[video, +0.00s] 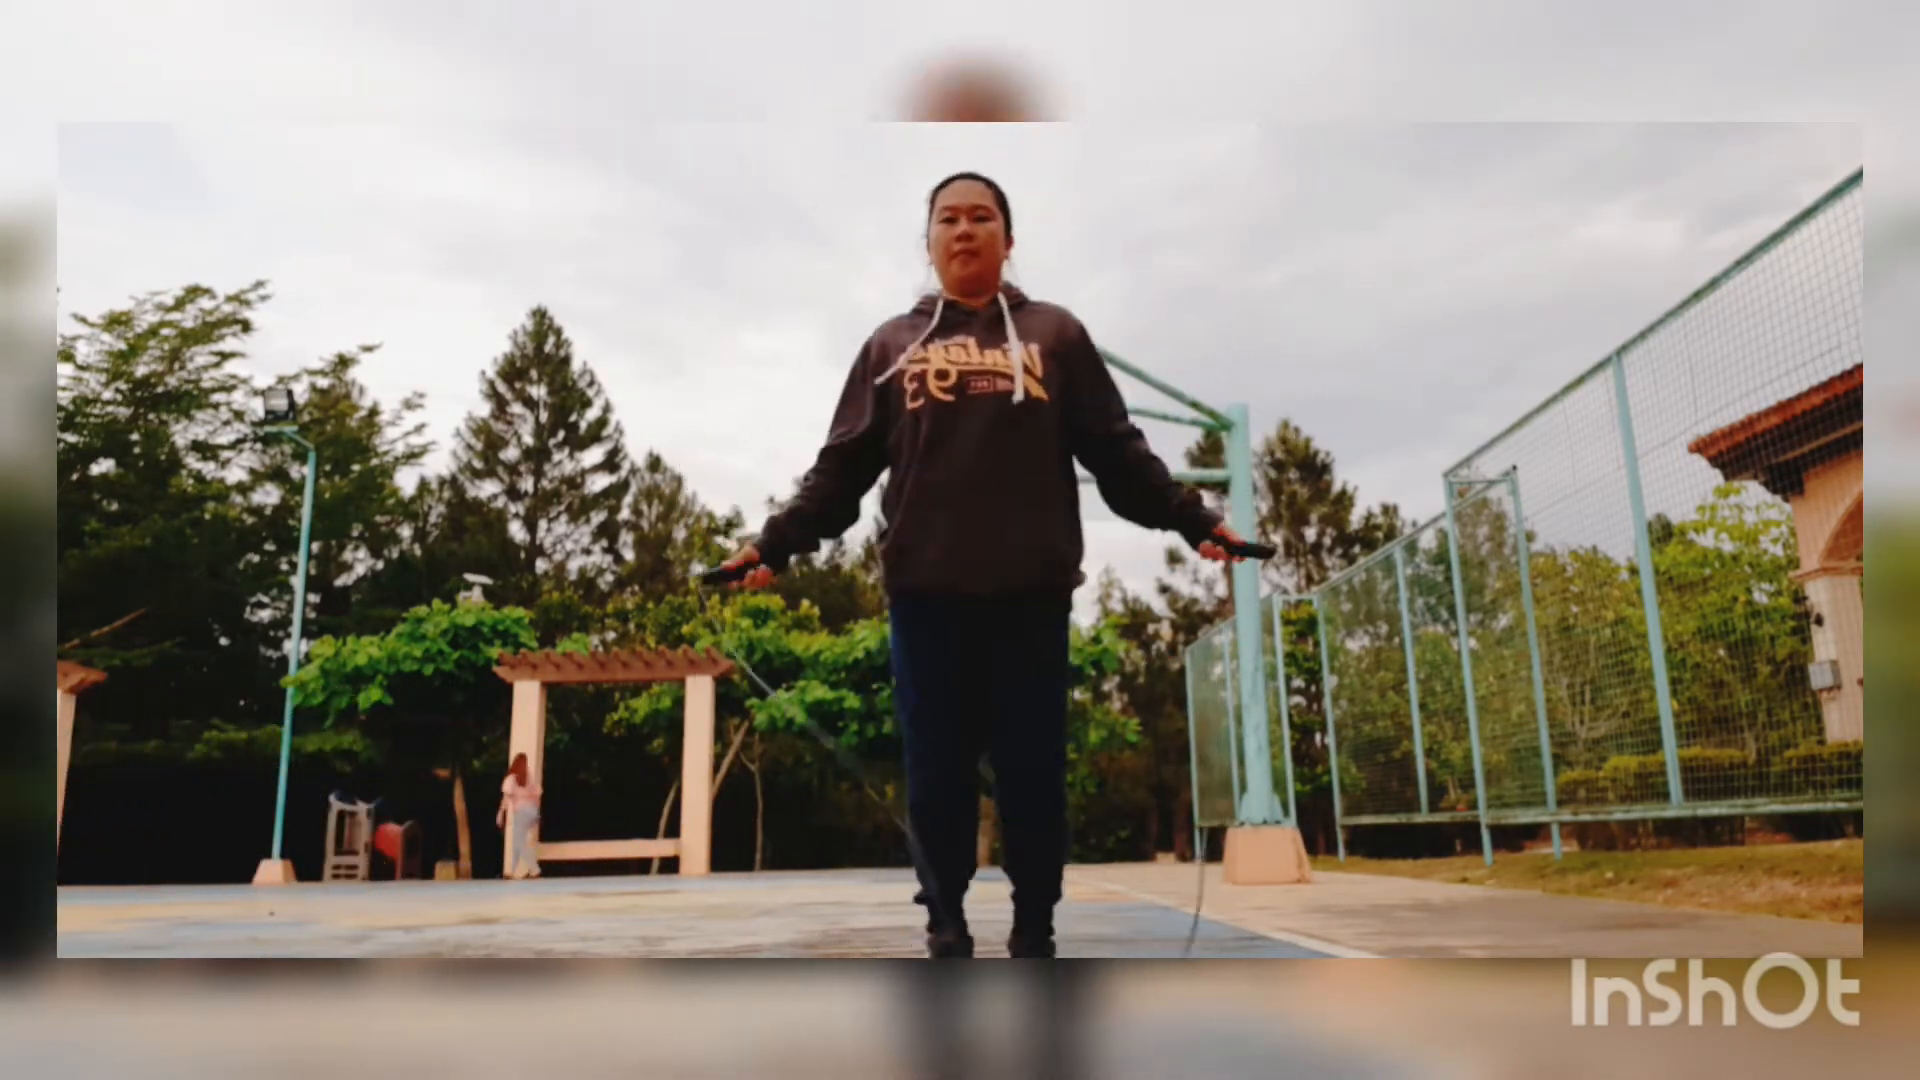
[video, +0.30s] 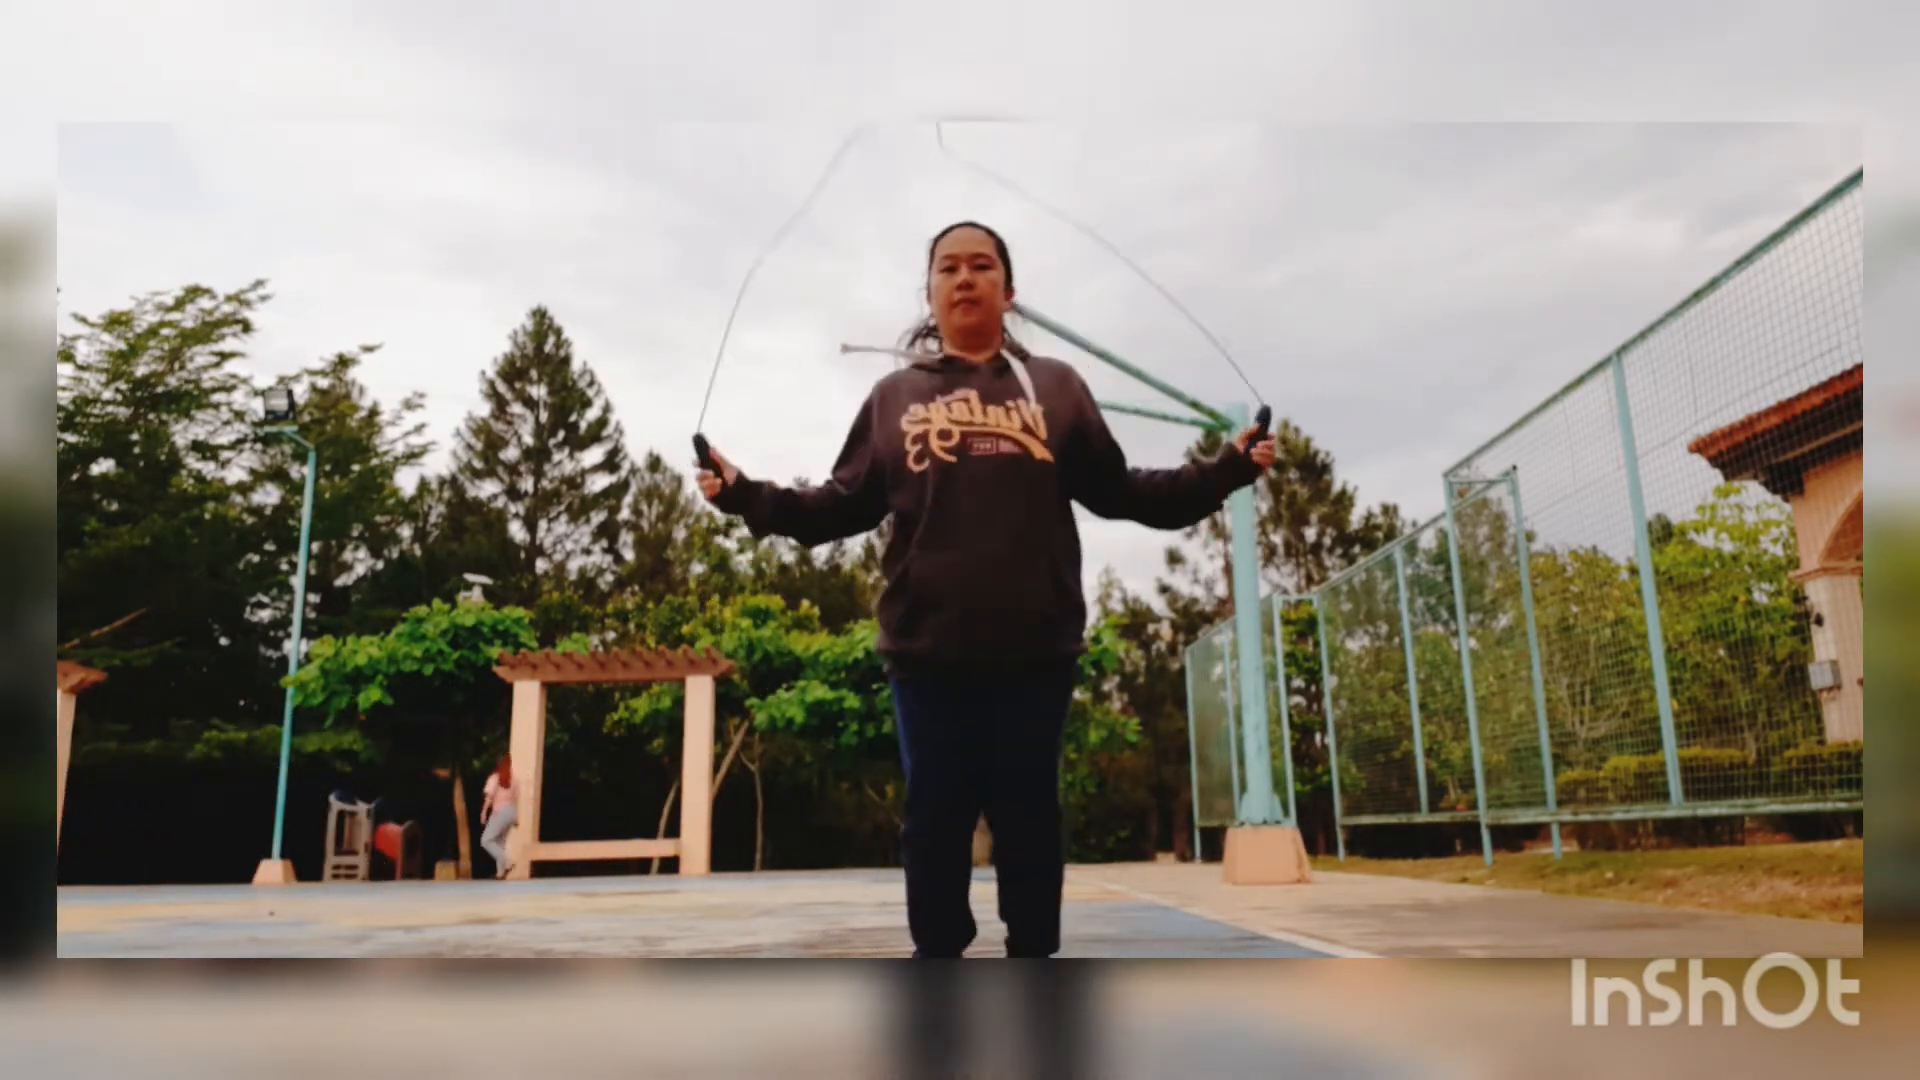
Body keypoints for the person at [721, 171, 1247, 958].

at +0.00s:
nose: (966, 230)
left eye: (981, 218)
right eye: (951, 219)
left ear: (1008, 240)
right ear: (929, 241)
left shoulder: (1056, 335)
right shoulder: (893, 345)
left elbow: (1115, 450)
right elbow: (844, 466)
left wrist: (1190, 516)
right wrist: (774, 544)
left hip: (1032, 584)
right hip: (927, 587)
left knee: (1033, 761)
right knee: (935, 761)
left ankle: (1034, 933)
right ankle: (945, 930)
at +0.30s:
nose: (966, 278)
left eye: (982, 267)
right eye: (950, 268)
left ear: (1009, 293)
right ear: (930, 293)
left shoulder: (1056, 386)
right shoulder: (895, 394)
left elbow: (1121, 493)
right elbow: (844, 504)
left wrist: (1227, 470)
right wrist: (745, 496)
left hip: (1034, 637)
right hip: (928, 641)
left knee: (1029, 812)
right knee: (936, 814)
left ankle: (1034, 962)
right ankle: (937, 964)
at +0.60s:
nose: (967, 201)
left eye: (983, 187)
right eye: (952, 188)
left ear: (1010, 208)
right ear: (930, 208)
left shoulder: (1059, 306)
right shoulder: (890, 318)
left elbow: (1120, 427)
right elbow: (841, 437)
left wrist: (1191, 495)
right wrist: (774, 521)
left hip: (1036, 553)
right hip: (930, 556)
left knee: (1029, 731)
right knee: (941, 731)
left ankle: (1025, 914)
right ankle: (954, 915)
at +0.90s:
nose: (969, 250)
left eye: (984, 240)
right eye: (954, 241)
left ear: (1012, 264)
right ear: (933, 267)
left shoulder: (1061, 354)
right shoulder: (898, 368)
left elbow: (1122, 471)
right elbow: (855, 488)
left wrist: (1211, 509)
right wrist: (783, 538)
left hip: (1040, 608)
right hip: (931, 611)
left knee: (1039, 780)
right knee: (941, 780)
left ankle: (1043, 945)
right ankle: (948, 945)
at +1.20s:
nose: (966, 247)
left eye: (982, 235)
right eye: (950, 236)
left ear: (1009, 259)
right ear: (930, 262)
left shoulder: (1058, 356)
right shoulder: (897, 366)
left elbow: (1119, 468)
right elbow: (843, 487)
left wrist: (1231, 462)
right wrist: (736, 500)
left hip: (1044, 605)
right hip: (936, 609)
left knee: (1040, 783)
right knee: (951, 785)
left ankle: (1050, 951)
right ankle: (953, 956)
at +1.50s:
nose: (964, 188)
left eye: (980, 177)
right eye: (950, 178)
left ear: (1008, 201)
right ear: (928, 202)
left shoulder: (1060, 293)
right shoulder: (892, 305)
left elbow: (1122, 413)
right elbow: (844, 432)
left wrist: (1190, 499)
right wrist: (780, 531)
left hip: (1038, 538)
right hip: (933, 542)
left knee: (1031, 720)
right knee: (950, 721)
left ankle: (1029, 914)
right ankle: (968, 912)